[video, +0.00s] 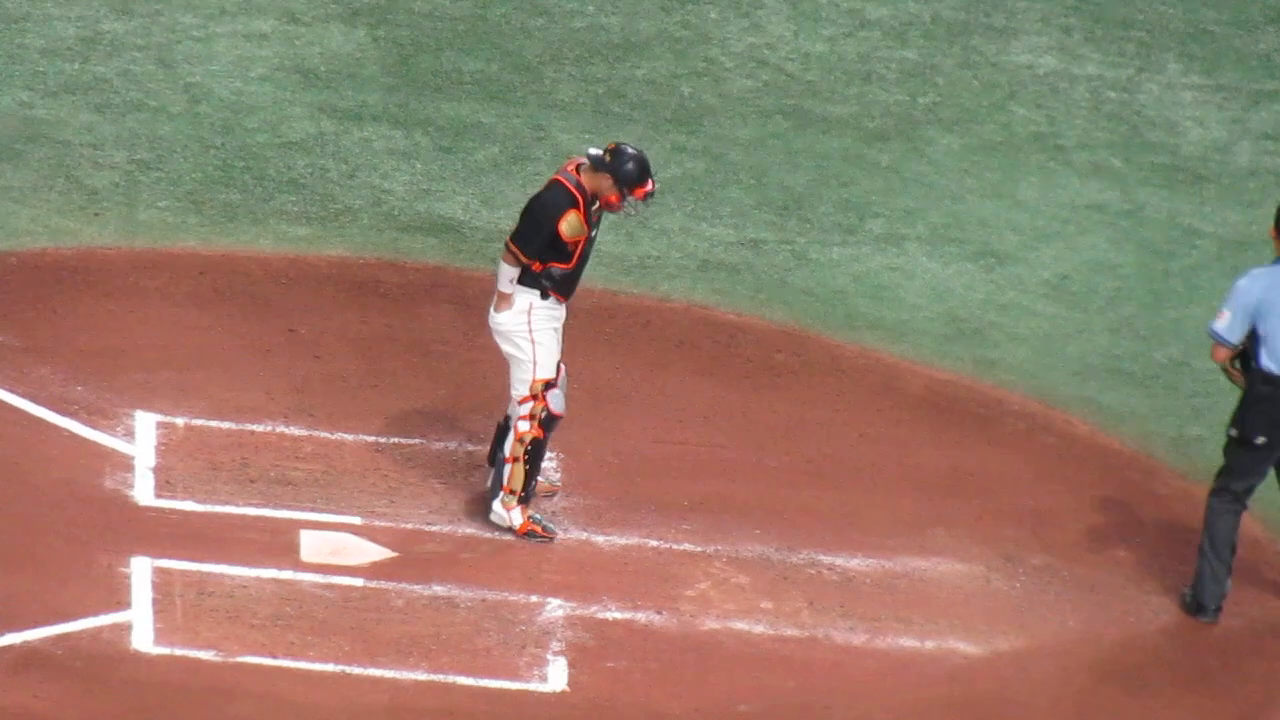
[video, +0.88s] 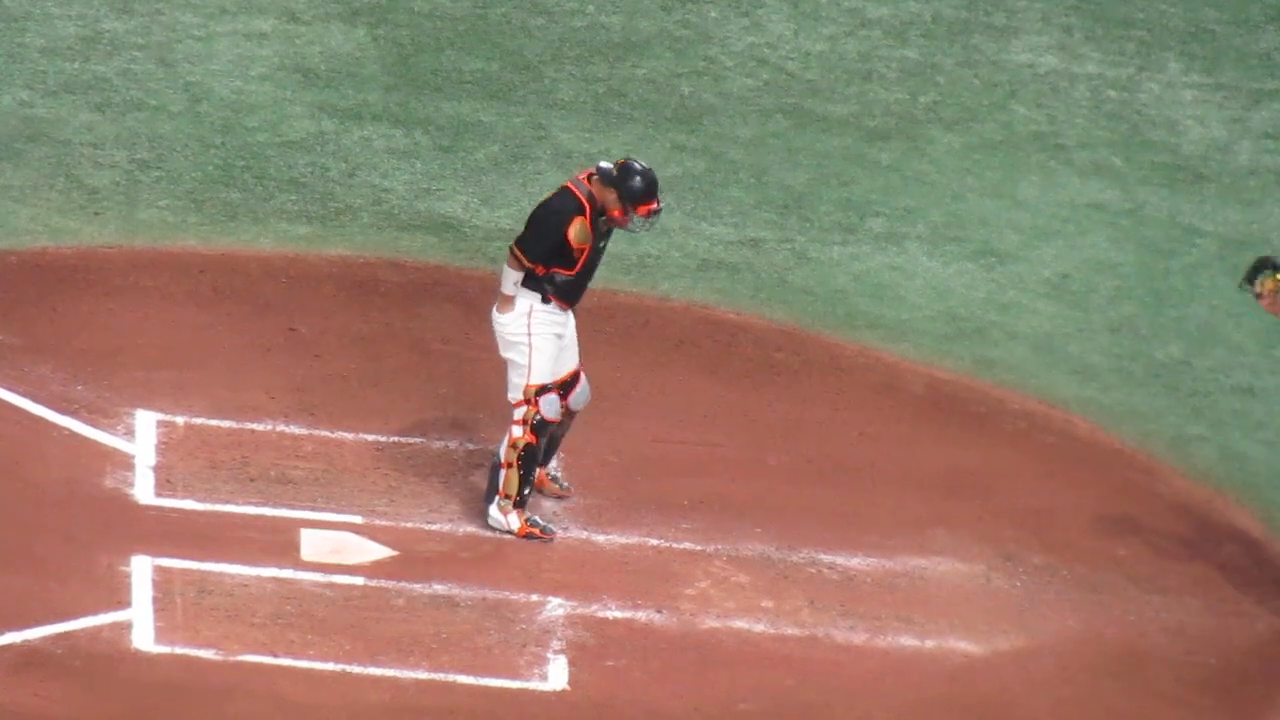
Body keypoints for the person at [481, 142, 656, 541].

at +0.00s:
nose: (621, 202)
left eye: (626, 197)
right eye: (622, 195)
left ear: (611, 175)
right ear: (607, 180)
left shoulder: (587, 180)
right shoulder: (557, 202)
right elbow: (514, 251)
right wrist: (502, 299)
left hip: (546, 306)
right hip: (528, 306)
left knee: (550, 398)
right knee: (533, 408)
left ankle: (507, 468)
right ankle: (509, 504)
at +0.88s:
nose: (626, 219)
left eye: (631, 214)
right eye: (625, 212)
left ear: (619, 192)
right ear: (611, 194)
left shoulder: (604, 195)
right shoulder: (563, 209)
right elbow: (519, 255)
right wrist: (505, 298)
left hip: (557, 310)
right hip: (531, 309)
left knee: (572, 396)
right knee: (534, 411)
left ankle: (536, 467)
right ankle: (505, 507)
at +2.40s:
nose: (364, 131)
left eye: (369, 122)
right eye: (360, 123)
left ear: (390, 113)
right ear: (369, 119)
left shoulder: (431, 149)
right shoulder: (376, 138)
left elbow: (455, 218)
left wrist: (442, 273)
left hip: (419, 265)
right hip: (382, 260)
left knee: (405, 358)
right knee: (370, 351)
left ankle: (394, 446)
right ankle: (392, 437)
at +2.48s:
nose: (353, 131)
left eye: (358, 122)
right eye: (350, 124)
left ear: (379, 112)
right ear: (359, 120)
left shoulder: (421, 149)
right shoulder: (365, 140)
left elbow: (443, 217)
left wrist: (425, 269)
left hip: (408, 265)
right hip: (373, 262)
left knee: (375, 360)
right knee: (368, 356)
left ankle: (355, 450)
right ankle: (399, 439)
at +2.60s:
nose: (337, 129)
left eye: (341, 120)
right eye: (334, 122)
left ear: (364, 113)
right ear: (353, 116)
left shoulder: (402, 151)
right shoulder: (359, 143)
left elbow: (419, 222)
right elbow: (367, 207)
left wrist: (398, 274)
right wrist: (359, 263)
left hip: (393, 267)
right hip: (363, 265)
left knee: (336, 352)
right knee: (369, 357)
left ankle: (325, 451)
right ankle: (398, 443)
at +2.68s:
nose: (326, 134)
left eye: (328, 123)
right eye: (322, 125)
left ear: (350, 115)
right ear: (344, 117)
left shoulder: (387, 154)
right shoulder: (353, 147)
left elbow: (400, 227)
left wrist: (382, 281)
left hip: (377, 270)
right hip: (356, 269)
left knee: (319, 354)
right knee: (362, 357)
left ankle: (302, 456)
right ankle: (397, 442)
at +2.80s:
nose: (299, 140)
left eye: (300, 129)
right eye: (296, 132)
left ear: (321, 120)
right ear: (326, 120)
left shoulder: (353, 158)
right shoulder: (355, 145)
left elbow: (363, 232)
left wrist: (357, 294)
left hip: (351, 279)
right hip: (362, 273)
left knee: (299, 363)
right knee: (356, 360)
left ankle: (268, 465)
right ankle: (397, 442)